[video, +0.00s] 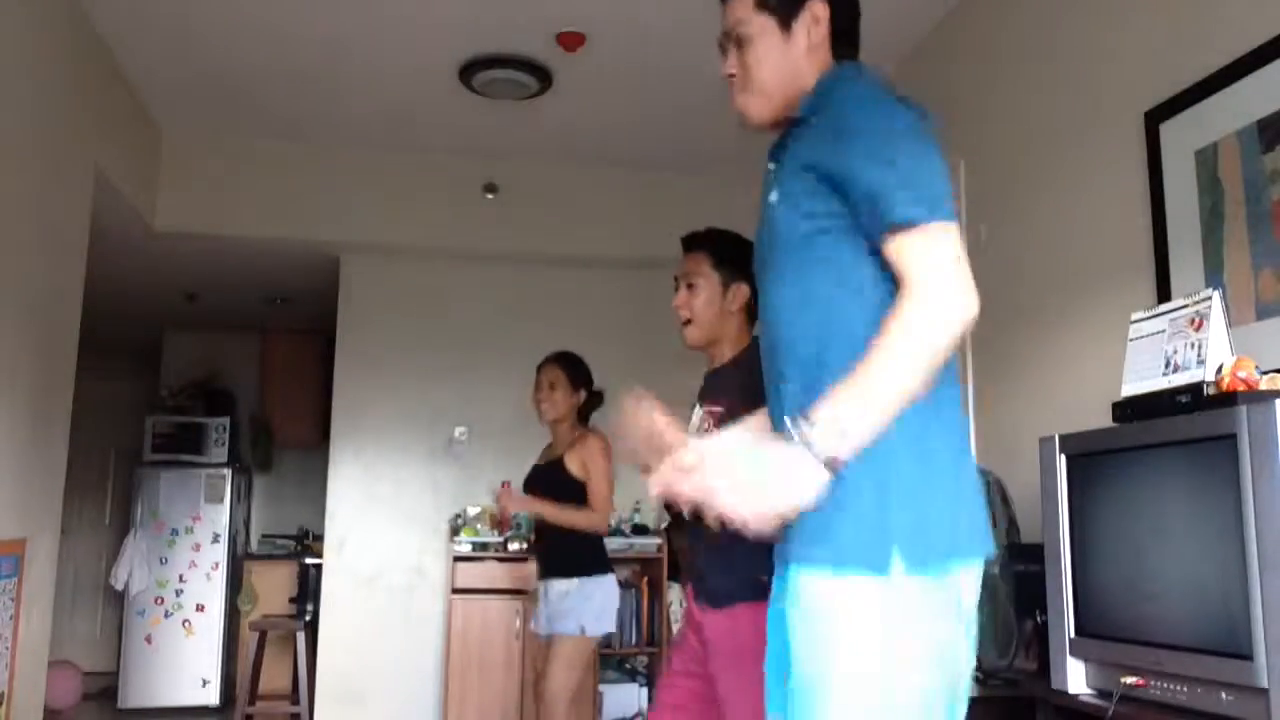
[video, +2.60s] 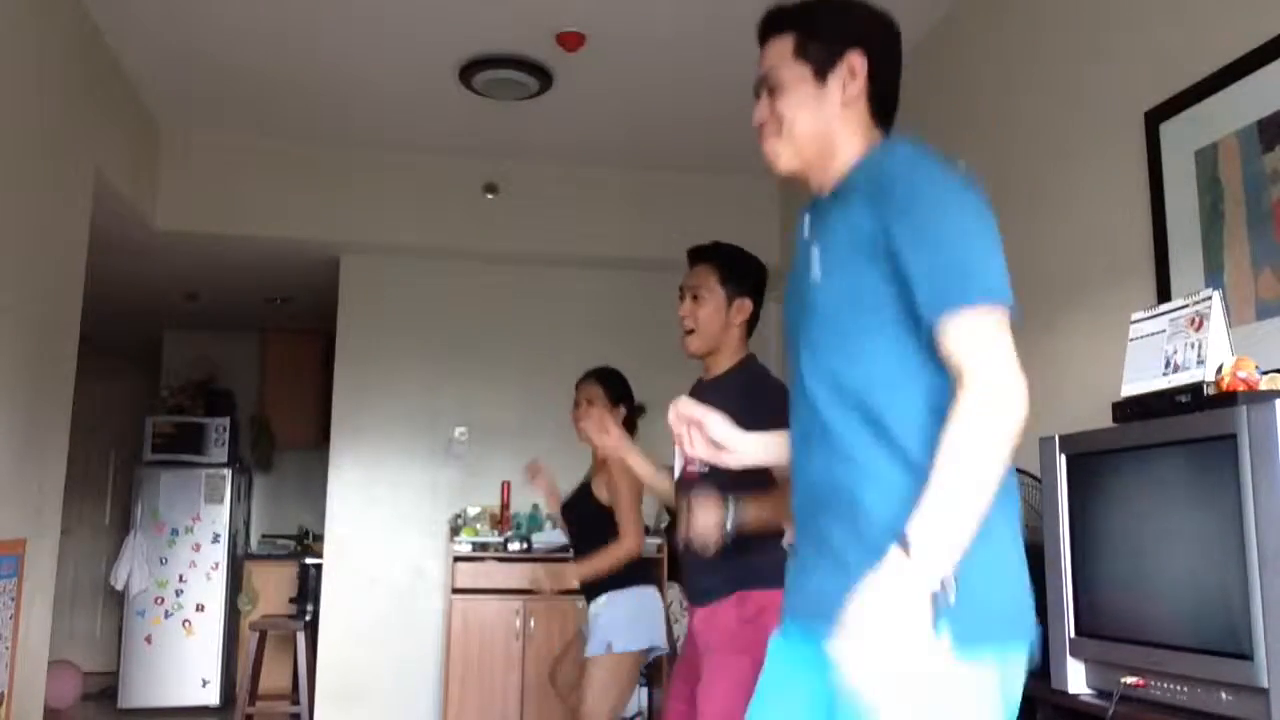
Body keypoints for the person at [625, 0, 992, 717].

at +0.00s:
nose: (726, 66)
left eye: (738, 40)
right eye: (725, 47)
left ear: (811, 25)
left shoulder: (855, 110)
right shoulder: (796, 153)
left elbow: (945, 293)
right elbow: (834, 370)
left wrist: (810, 452)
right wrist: (728, 453)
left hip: (887, 550)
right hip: (828, 546)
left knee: (871, 707)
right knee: (810, 708)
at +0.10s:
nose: (726, 100)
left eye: (741, 72)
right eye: (724, 79)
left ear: (817, 58)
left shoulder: (872, 174)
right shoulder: (801, 193)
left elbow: (967, 370)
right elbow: (840, 390)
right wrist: (717, 422)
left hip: (898, 582)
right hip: (816, 572)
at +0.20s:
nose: (722, 143)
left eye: (737, 116)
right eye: (723, 122)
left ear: (814, 104)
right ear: (812, 107)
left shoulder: (888, 242)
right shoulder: (796, 250)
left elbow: (1005, 421)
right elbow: (840, 422)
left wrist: (871, 513)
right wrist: (746, 445)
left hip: (905, 649)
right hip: (820, 636)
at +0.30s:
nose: (714, 125)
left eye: (726, 99)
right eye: (714, 106)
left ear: (801, 83)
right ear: (797, 85)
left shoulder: (890, 195)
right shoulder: (781, 246)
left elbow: (1012, 373)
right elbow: (823, 423)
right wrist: (726, 483)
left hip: (910, 633)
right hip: (807, 619)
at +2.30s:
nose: (748, 129)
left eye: (766, 103)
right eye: (752, 108)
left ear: (838, 101)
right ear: (833, 105)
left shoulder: (880, 188)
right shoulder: (816, 236)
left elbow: (1015, 337)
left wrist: (826, 447)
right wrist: (745, 433)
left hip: (877, 646)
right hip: (810, 631)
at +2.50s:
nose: (760, 74)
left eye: (772, 47)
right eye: (759, 55)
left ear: (847, 35)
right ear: (840, 39)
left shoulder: (902, 119)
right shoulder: (812, 178)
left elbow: (1011, 299)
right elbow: (861, 398)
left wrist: (870, 462)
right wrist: (762, 466)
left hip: (915, 579)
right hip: (815, 575)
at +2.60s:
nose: (757, 113)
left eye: (773, 87)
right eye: (757, 94)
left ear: (848, 78)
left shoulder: (914, 185)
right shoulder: (816, 228)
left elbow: (997, 388)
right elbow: (860, 430)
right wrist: (746, 448)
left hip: (936, 627)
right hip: (817, 619)